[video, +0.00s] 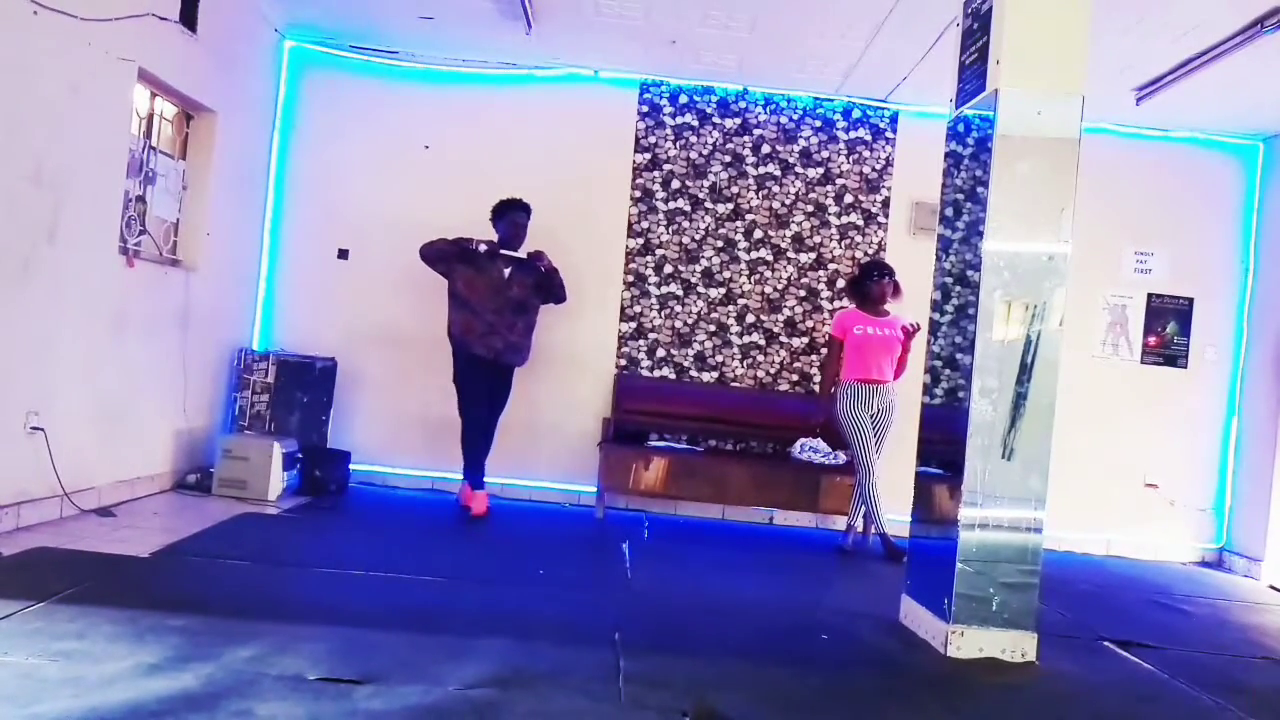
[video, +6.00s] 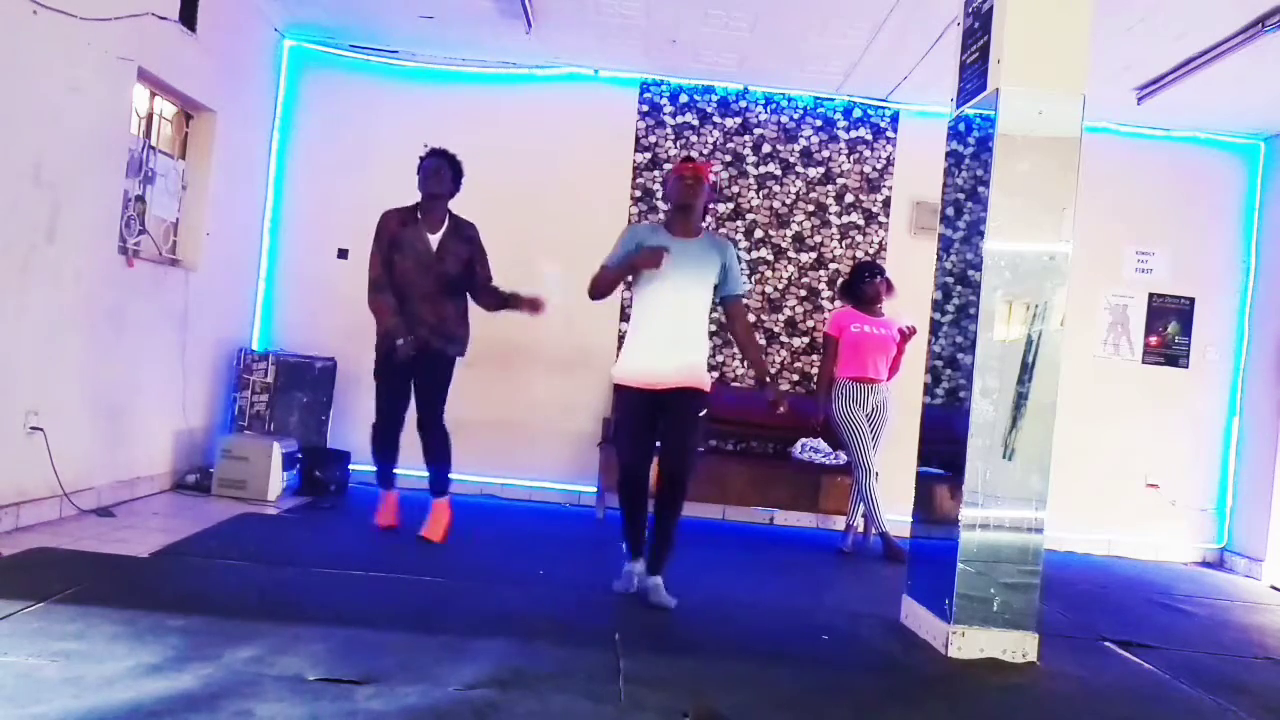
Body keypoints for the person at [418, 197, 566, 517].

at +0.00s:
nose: (519, 231)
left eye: (523, 225)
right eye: (513, 224)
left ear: (527, 229)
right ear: (497, 224)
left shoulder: (530, 271)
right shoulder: (467, 259)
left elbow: (558, 296)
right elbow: (428, 252)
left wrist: (547, 267)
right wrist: (469, 246)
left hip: (504, 359)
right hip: (469, 353)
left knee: (489, 420)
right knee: (473, 417)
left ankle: (469, 482)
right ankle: (477, 487)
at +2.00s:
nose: (513, 213)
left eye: (521, 207)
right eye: (509, 205)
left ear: (537, 209)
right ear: (503, 206)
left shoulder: (558, 255)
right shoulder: (490, 257)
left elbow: (600, 272)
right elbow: (454, 270)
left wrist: (561, 245)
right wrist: (472, 247)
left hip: (534, 365)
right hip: (490, 359)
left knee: (532, 439)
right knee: (463, 430)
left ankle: (530, 514)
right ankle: (442, 510)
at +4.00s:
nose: (440, 180)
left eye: (449, 174)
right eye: (435, 172)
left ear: (465, 183)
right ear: (426, 177)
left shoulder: (471, 241)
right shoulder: (401, 215)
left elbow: (475, 307)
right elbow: (378, 271)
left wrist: (487, 325)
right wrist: (391, 319)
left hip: (436, 351)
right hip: (391, 342)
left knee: (425, 430)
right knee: (377, 429)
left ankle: (431, 507)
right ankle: (385, 496)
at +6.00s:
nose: (428, 179)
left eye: (437, 174)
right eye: (424, 172)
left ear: (454, 183)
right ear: (417, 179)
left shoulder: (466, 234)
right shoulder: (393, 223)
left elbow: (482, 292)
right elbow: (377, 286)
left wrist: (516, 301)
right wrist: (396, 333)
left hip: (439, 343)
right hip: (395, 340)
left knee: (430, 420)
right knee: (388, 419)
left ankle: (440, 502)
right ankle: (386, 493)